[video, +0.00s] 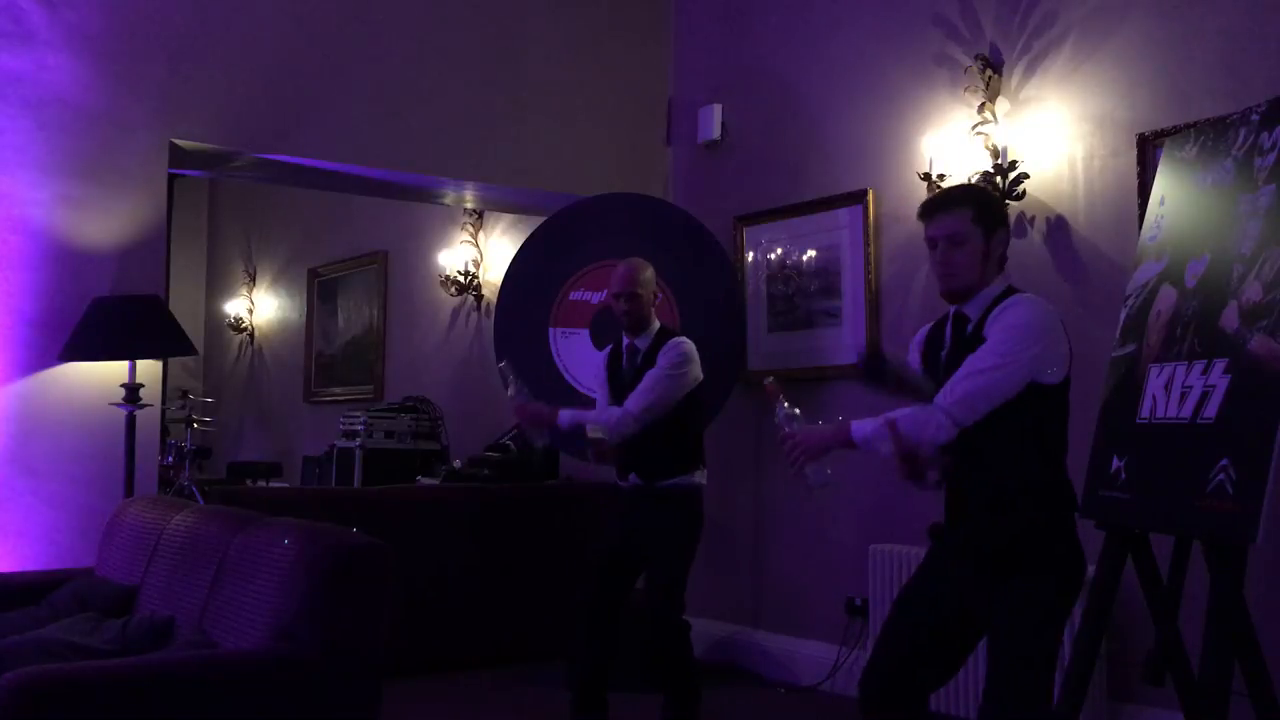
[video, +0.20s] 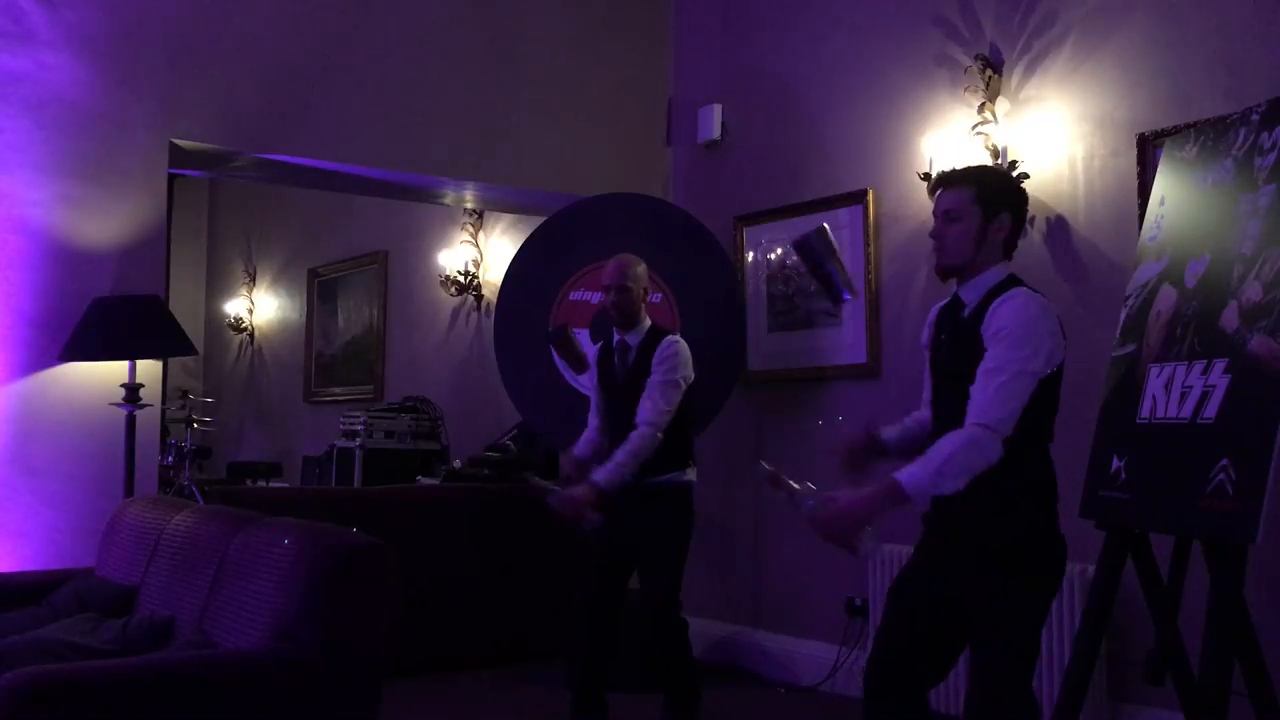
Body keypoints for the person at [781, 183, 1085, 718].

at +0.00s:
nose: (942, 259)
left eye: (958, 242)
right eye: (933, 246)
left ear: (998, 247)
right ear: (927, 251)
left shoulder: (1028, 320)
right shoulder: (928, 341)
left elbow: (942, 420)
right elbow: (922, 470)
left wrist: (841, 433)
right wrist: (914, 455)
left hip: (1034, 548)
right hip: (965, 545)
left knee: (1013, 705)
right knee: (886, 689)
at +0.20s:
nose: (933, 230)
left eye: (950, 218)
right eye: (934, 219)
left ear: (999, 230)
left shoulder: (1021, 314)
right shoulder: (944, 315)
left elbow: (985, 437)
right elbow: (938, 416)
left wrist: (875, 500)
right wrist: (880, 442)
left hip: (1014, 532)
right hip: (954, 526)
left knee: (998, 694)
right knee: (892, 681)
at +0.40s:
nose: (936, 223)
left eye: (953, 210)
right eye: (937, 211)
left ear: (1000, 222)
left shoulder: (1027, 300)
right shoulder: (941, 309)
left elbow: (990, 399)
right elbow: (880, 390)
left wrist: (891, 413)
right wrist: (819, 386)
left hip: (1011, 526)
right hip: (948, 520)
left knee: (998, 695)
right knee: (891, 681)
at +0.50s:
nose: (944, 216)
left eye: (961, 204)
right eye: (944, 203)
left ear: (1007, 217)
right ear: (940, 211)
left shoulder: (1032, 292)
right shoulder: (939, 307)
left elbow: (971, 357)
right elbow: (879, 393)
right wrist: (800, 383)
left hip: (1007, 523)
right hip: (941, 516)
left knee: (1001, 693)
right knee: (864, 662)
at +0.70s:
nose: (941, 204)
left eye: (960, 194)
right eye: (943, 193)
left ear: (1003, 212)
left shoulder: (1025, 284)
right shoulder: (924, 296)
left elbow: (1013, 352)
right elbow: (885, 382)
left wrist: (917, 320)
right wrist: (855, 431)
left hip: (984, 509)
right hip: (911, 503)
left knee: (996, 690)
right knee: (838, 679)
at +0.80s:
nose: (931, 204)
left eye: (950, 195)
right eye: (934, 193)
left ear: (993, 215)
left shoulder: (1021, 297)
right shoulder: (897, 295)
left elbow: (1092, 390)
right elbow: (861, 387)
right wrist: (854, 439)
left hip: (969, 517)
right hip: (887, 511)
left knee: (986, 696)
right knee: (822, 680)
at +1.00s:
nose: (909, 228)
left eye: (927, 219)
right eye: (914, 216)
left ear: (971, 234)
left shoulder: (1009, 326)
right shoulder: (877, 291)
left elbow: (1035, 416)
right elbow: (835, 388)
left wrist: (964, 437)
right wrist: (844, 463)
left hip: (943, 521)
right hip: (861, 510)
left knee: (975, 690)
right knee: (813, 681)